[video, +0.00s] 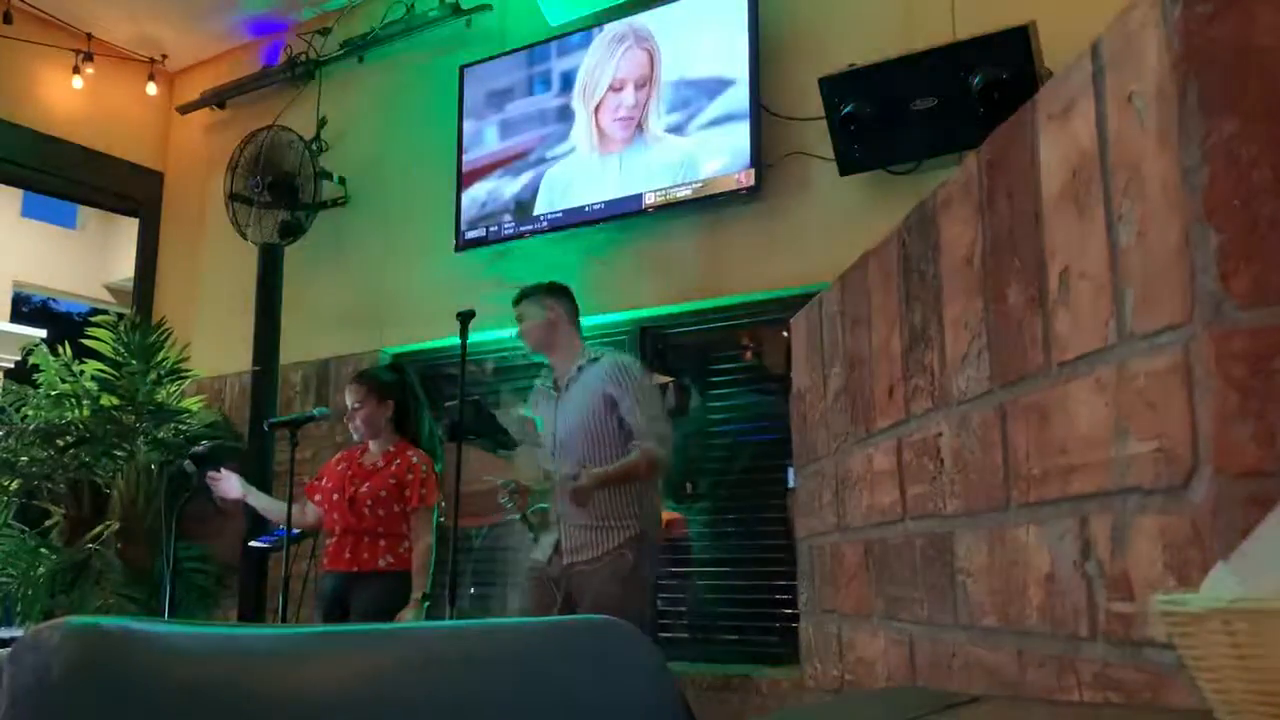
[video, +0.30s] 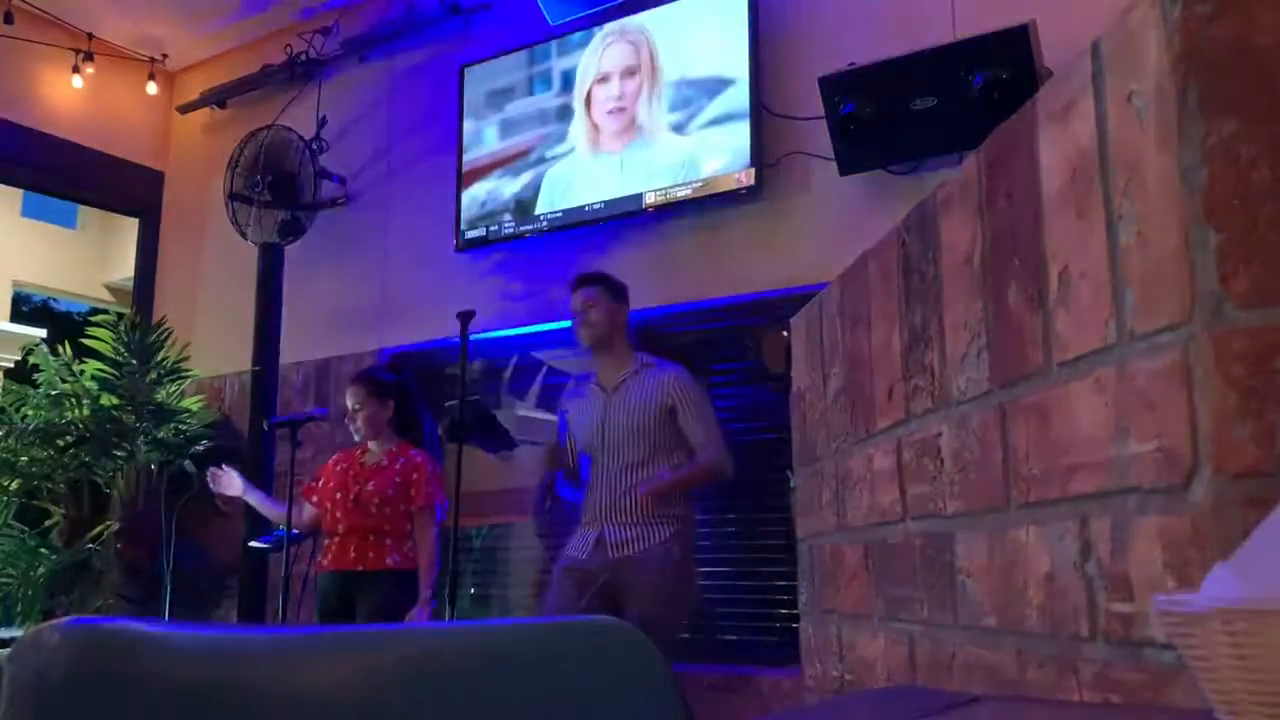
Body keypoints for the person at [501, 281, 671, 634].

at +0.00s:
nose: (519, 332)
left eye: (524, 320)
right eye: (518, 322)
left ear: (554, 315)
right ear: (549, 319)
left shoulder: (616, 370)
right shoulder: (542, 393)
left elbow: (656, 449)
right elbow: (553, 468)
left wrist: (596, 478)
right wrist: (527, 491)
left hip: (614, 551)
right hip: (554, 551)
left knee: (613, 665)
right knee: (539, 659)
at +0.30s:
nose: (581, 318)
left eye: (590, 307)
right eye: (575, 311)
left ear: (621, 312)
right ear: (572, 323)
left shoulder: (670, 381)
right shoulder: (574, 395)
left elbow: (717, 460)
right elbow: (572, 471)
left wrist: (662, 486)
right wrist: (551, 477)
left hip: (654, 545)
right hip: (587, 544)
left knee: (644, 662)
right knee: (555, 646)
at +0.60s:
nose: (618, 307)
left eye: (630, 298)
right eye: (613, 300)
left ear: (660, 309)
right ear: (610, 313)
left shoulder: (701, 383)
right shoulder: (600, 386)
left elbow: (741, 473)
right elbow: (566, 472)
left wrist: (728, 460)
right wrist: (574, 429)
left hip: (663, 542)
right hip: (592, 537)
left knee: (651, 664)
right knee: (566, 646)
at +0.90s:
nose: (628, 319)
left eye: (640, 309)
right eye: (625, 309)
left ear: (670, 320)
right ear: (619, 316)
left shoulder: (706, 395)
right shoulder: (595, 386)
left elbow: (729, 482)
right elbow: (569, 458)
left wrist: (701, 514)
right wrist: (602, 396)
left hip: (668, 541)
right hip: (596, 537)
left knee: (670, 649)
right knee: (567, 631)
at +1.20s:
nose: (623, 318)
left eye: (637, 307)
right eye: (619, 307)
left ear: (667, 316)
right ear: (615, 312)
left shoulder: (703, 384)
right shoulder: (600, 375)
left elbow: (738, 461)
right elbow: (568, 441)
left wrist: (721, 511)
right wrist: (598, 380)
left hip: (662, 542)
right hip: (594, 538)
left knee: (654, 652)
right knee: (577, 646)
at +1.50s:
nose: (602, 329)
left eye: (614, 317)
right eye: (600, 318)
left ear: (649, 320)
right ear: (598, 320)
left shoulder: (686, 386)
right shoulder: (598, 384)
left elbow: (713, 475)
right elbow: (563, 456)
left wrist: (672, 494)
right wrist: (585, 386)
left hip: (650, 543)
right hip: (588, 538)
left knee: (640, 658)